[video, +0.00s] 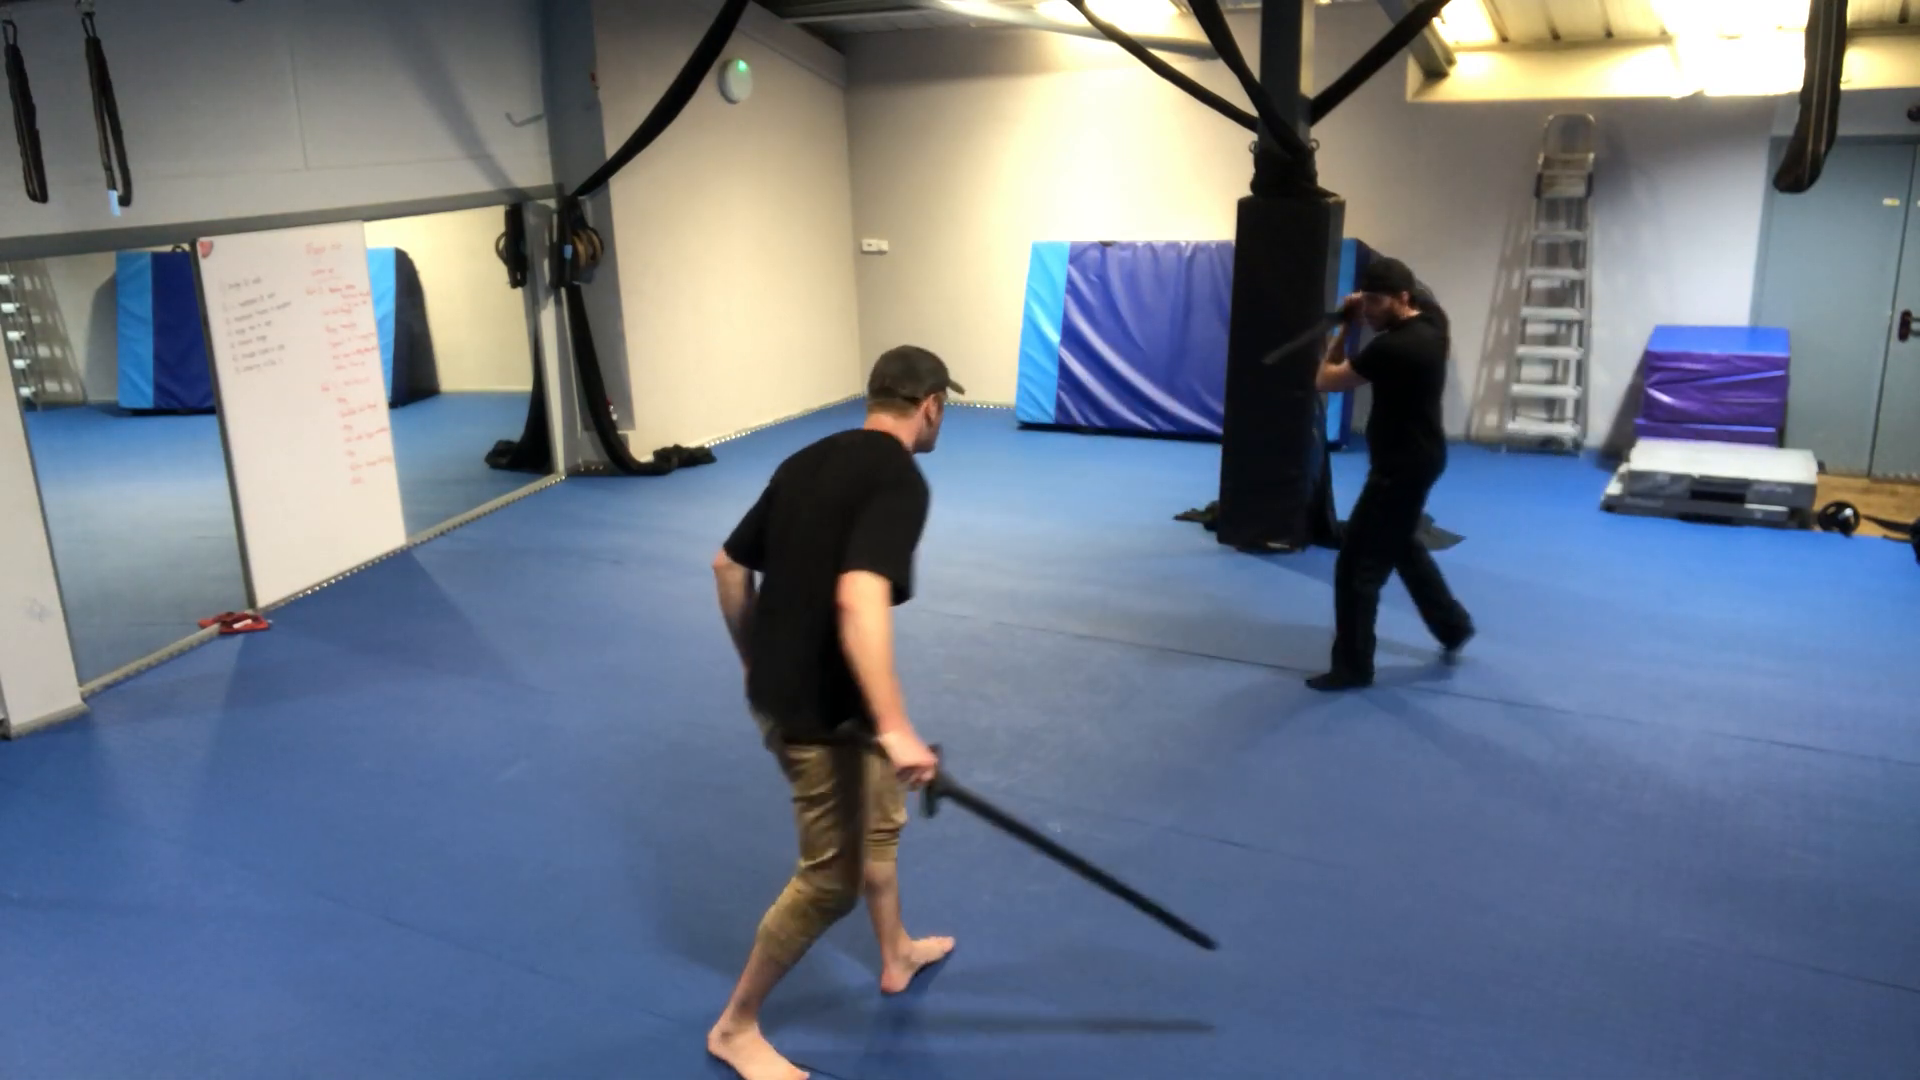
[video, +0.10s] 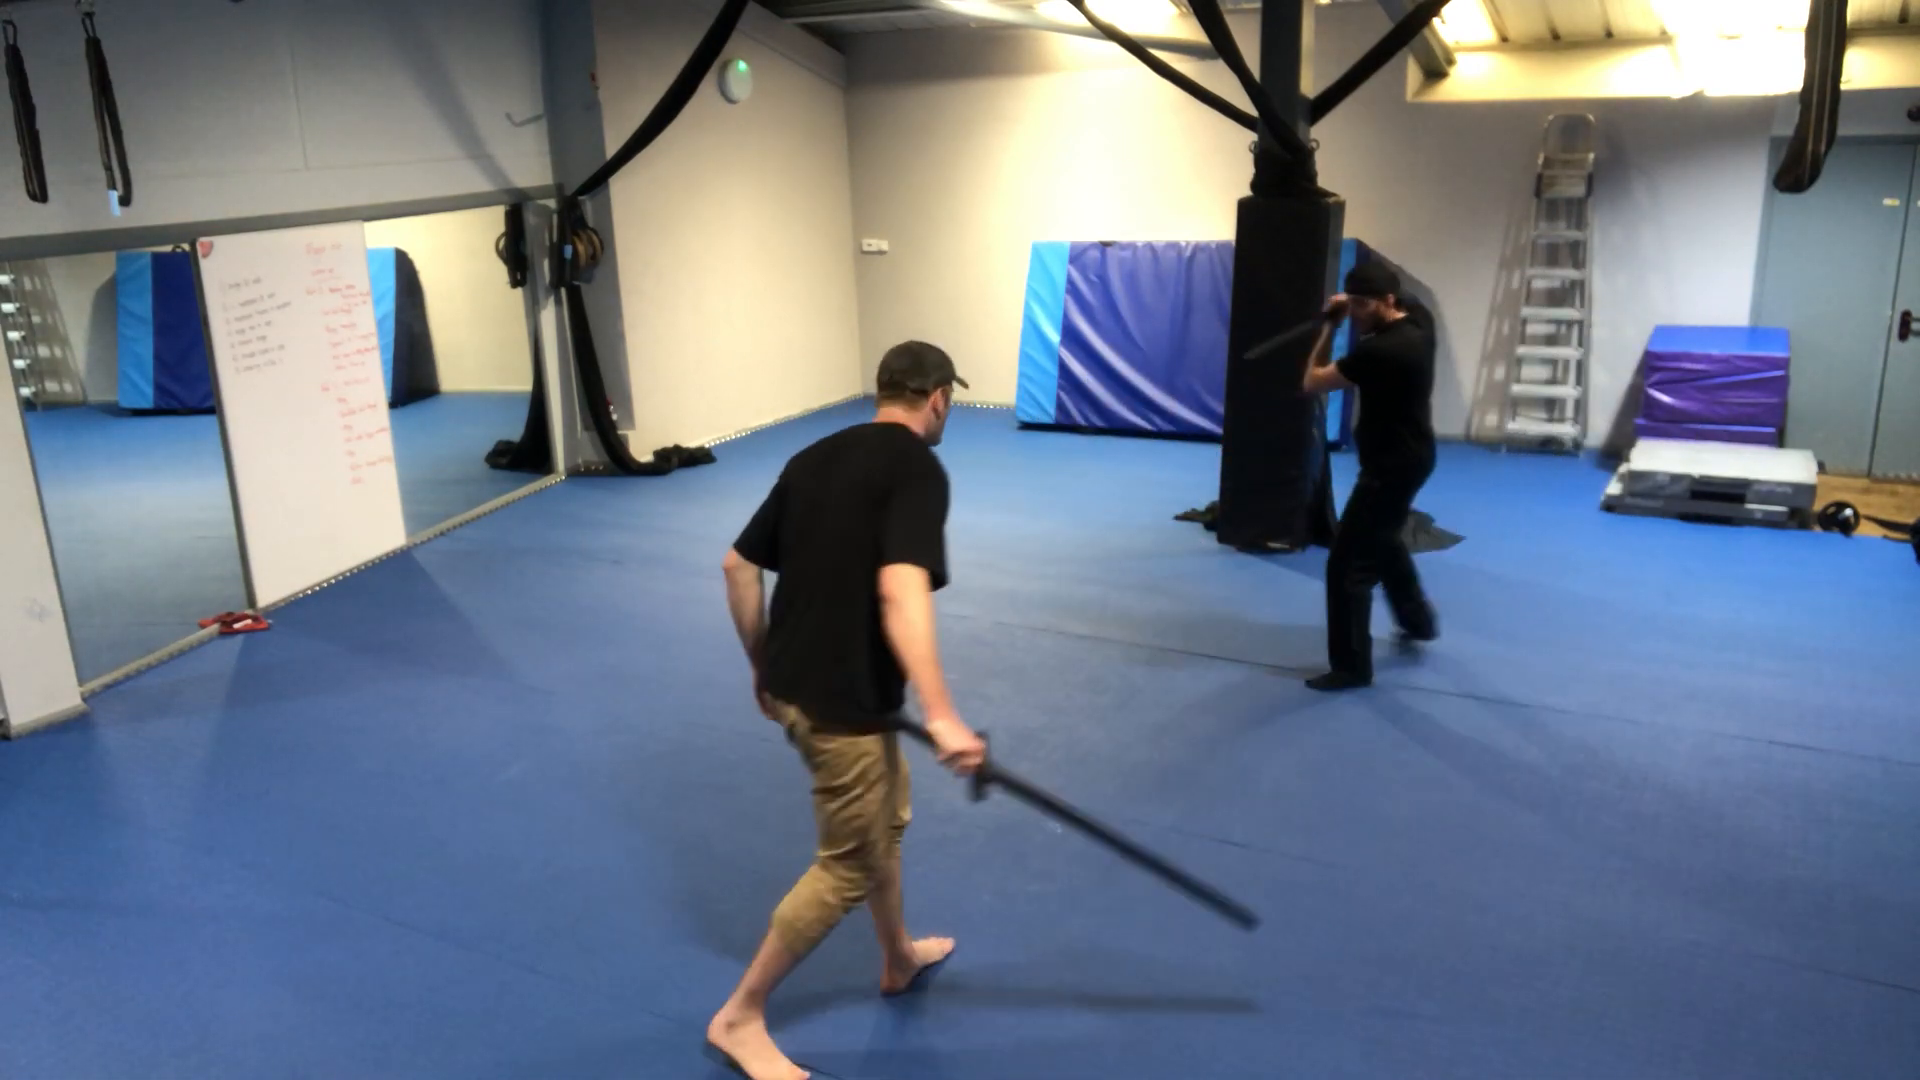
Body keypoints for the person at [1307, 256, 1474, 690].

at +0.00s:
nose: (1366, 308)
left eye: (1372, 300)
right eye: (1365, 299)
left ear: (1399, 299)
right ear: (1406, 299)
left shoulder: (1392, 346)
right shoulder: (1432, 326)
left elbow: (1326, 379)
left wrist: (1346, 329)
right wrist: (1362, 307)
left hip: (1397, 465)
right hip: (1421, 456)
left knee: (1357, 565)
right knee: (1402, 543)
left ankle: (1352, 668)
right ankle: (1452, 625)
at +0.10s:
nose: (1354, 312)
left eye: (1360, 305)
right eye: (1353, 304)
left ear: (1385, 302)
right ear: (1390, 301)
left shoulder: (1380, 350)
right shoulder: (1417, 323)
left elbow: (1311, 381)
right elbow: (1389, 303)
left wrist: (1329, 326)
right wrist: (1353, 301)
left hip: (1388, 466)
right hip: (1412, 456)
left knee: (1346, 562)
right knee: (1382, 538)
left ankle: (1351, 668)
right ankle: (1417, 622)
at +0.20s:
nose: (1345, 317)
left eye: (1350, 309)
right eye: (1342, 309)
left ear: (1375, 305)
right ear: (1381, 304)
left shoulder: (1371, 351)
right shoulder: (1406, 324)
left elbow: (1302, 382)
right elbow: (1378, 304)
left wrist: (1319, 327)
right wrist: (1342, 301)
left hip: (1380, 467)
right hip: (1402, 457)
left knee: (1338, 559)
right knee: (1373, 543)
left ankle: (1349, 668)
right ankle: (1376, 627)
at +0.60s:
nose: (1326, 311)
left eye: (1331, 304)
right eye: (1324, 303)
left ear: (1355, 302)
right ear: (1355, 299)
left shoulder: (1362, 347)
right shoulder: (1369, 319)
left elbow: (1289, 379)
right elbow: (1331, 285)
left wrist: (1284, 327)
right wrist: (1310, 290)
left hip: (1360, 463)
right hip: (1347, 455)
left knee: (1339, 559)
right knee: (1325, 538)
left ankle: (1351, 667)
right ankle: (1331, 616)